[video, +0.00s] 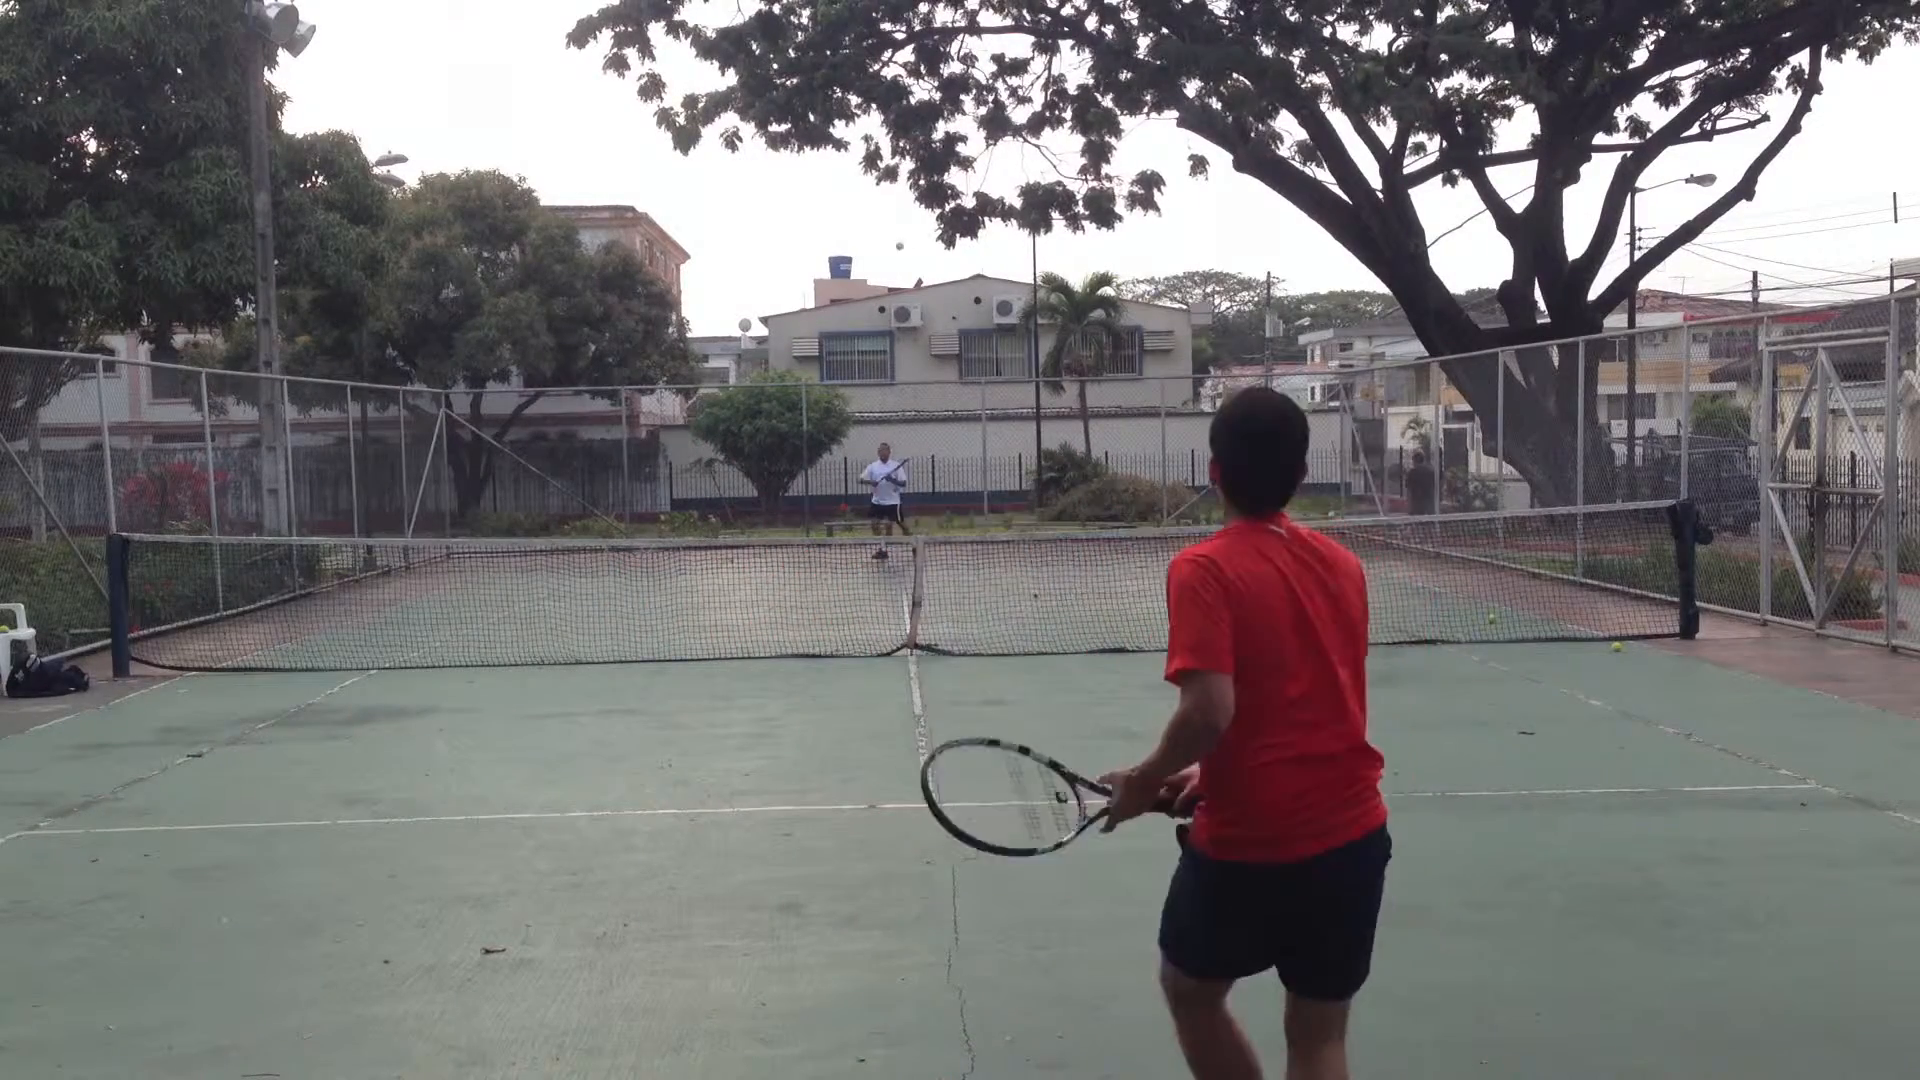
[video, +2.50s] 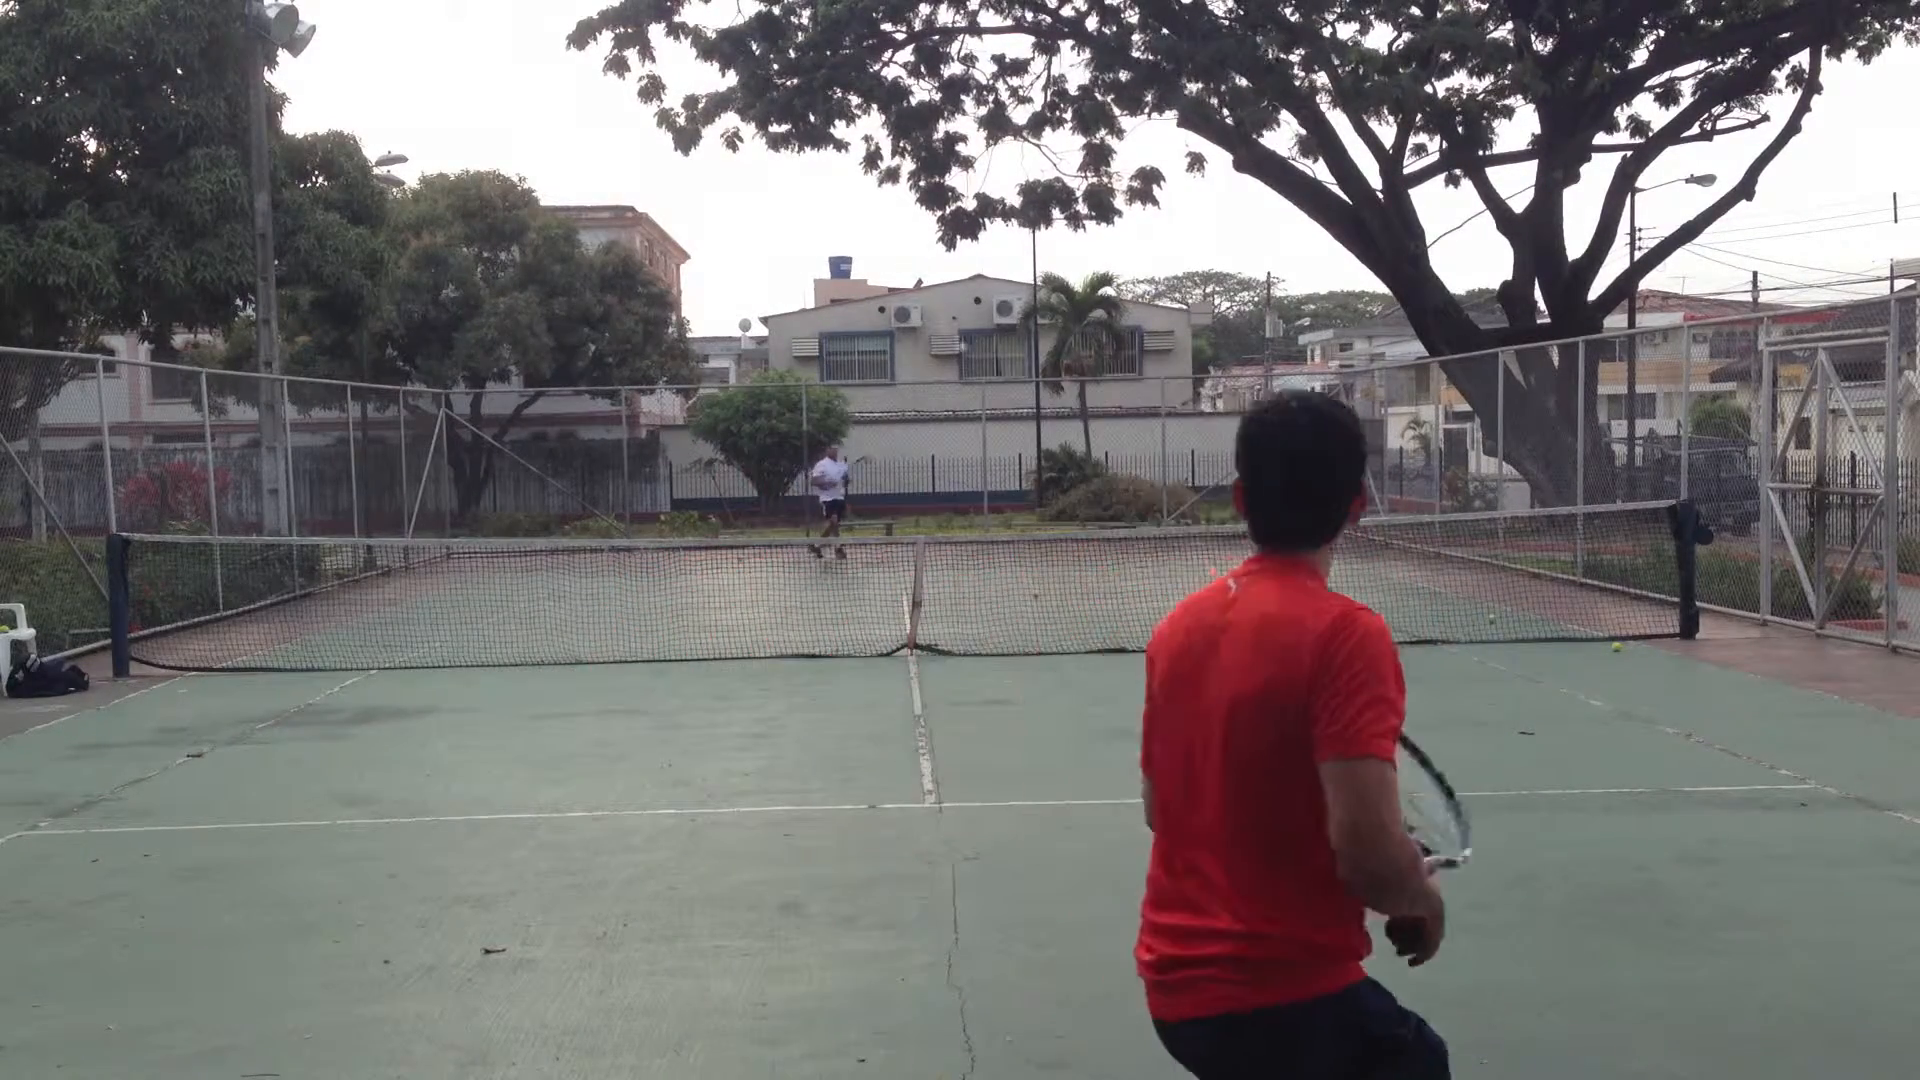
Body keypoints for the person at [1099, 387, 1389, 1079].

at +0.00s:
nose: (1211, 466)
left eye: (1212, 455)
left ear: (1216, 472)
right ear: (1300, 472)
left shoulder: (1203, 569)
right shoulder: (1341, 564)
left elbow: (1211, 708)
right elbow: (1319, 710)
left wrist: (1146, 777)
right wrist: (1211, 773)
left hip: (1243, 850)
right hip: (1350, 842)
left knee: (1194, 994)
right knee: (1321, 1030)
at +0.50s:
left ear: (1055, 466)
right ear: (1145, 466)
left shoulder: (1007, 580)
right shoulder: (1202, 581)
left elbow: (967, 741)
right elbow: (1244, 742)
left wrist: (1030, 724)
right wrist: (1154, 750)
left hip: (1032, 898)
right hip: (1165, 892)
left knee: (977, 1070)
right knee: (1225, 1065)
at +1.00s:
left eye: (885, 431)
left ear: (889, 449)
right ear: (994, 447)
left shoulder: (851, 576)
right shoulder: (1062, 570)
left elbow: (807, 759)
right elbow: (1122, 741)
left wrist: (857, 758)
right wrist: (1030, 775)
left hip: (884, 919)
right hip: (1023, 918)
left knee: (816, 1069)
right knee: (1038, 1071)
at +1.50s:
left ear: (708, 470)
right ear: (819, 467)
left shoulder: (649, 596)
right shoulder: (893, 582)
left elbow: (583, 766)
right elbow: (961, 759)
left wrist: (664, 817)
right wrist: (874, 822)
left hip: (720, 970)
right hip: (881, 959)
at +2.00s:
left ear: (935, 493)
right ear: (1050, 489)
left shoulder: (878, 626)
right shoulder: (1094, 613)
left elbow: (804, 796)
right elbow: (1149, 810)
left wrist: (910, 841)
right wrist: (1101, 887)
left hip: (909, 1000)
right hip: (1062, 993)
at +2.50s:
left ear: (1239, 497)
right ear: (1358, 507)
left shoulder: (1177, 629)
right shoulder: (1346, 634)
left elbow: (1161, 808)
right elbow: (1365, 844)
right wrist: (1417, 901)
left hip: (1183, 994)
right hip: (1291, 1001)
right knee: (1419, 1059)